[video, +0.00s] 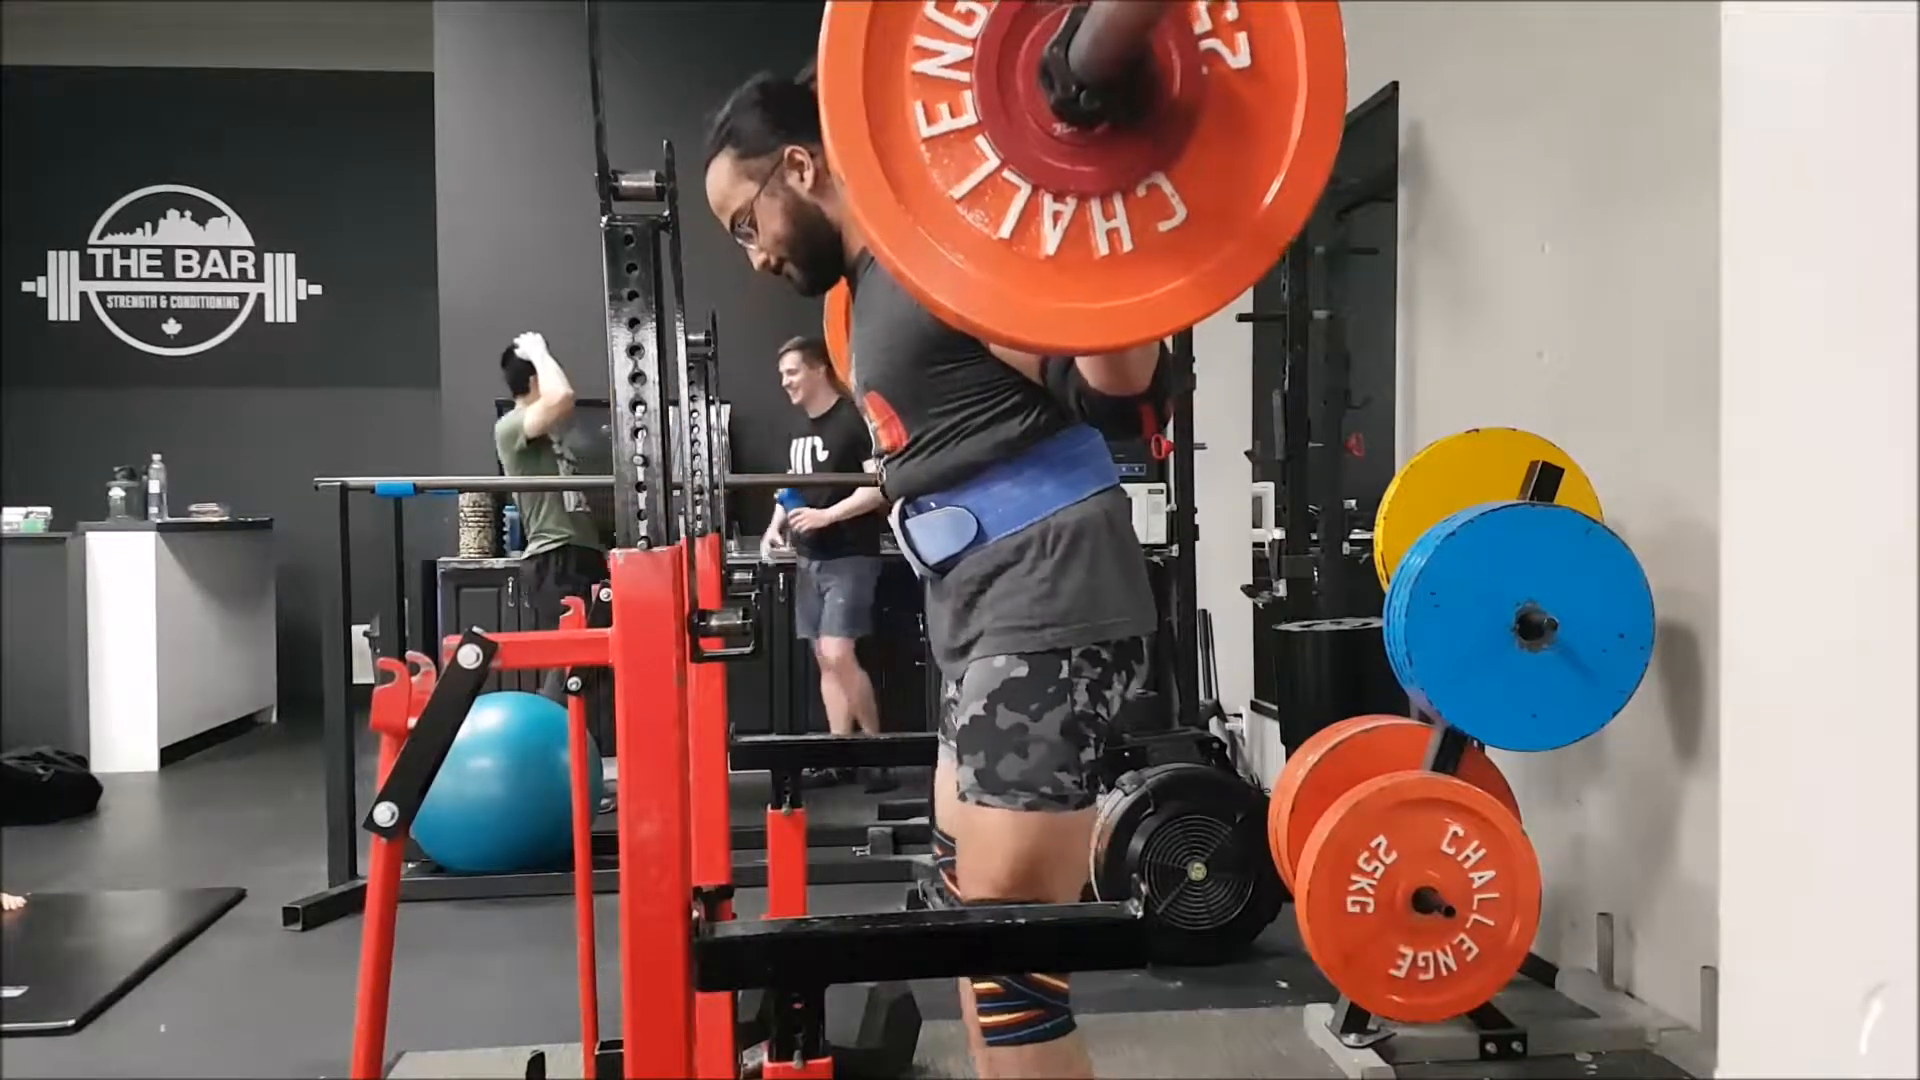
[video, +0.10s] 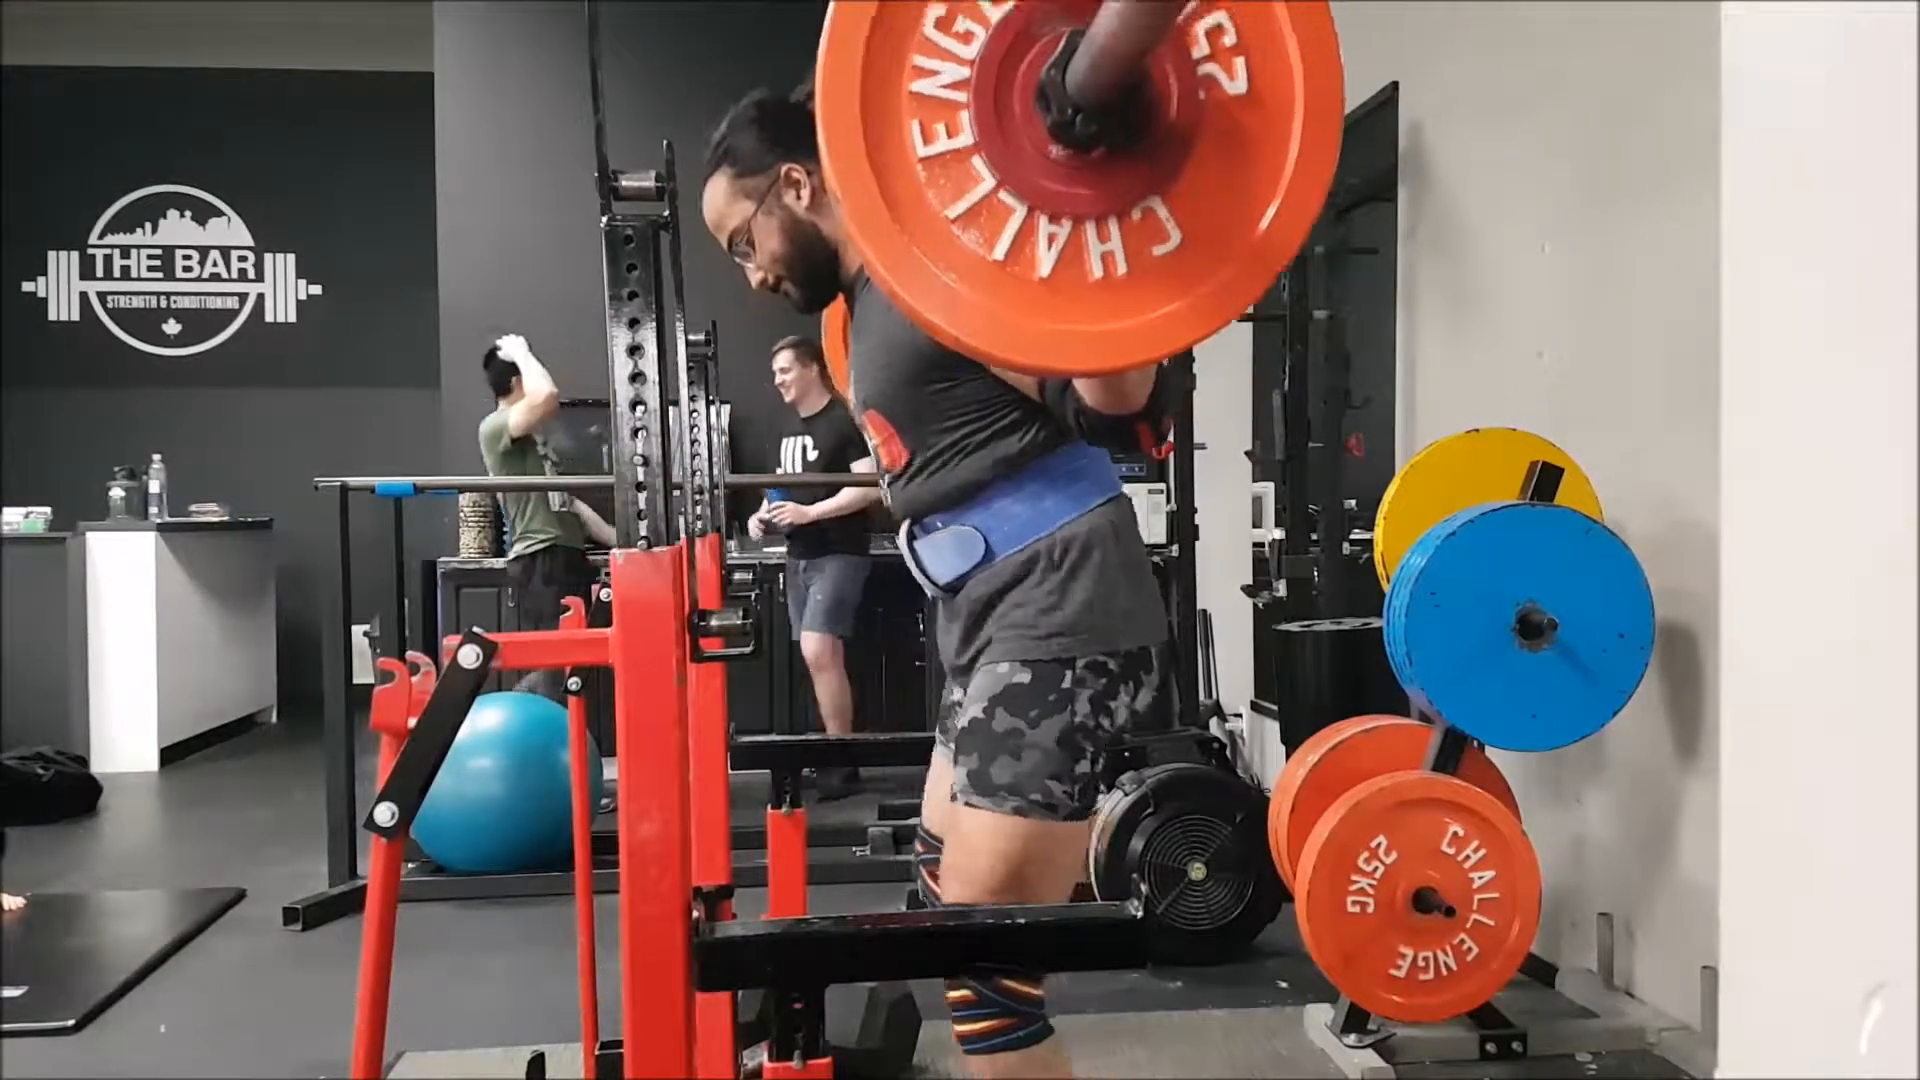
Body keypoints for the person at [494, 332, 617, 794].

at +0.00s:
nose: (554, 383)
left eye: (551, 376)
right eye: (545, 378)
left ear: (522, 385)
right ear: (530, 381)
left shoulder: (553, 428)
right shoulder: (510, 427)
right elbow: (560, 399)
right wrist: (540, 354)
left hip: (588, 553)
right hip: (555, 555)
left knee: (599, 664)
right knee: (567, 666)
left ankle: (603, 759)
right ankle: (550, 761)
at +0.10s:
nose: (539, 378)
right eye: (528, 372)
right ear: (518, 379)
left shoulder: (534, 435)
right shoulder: (493, 427)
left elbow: (568, 502)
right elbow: (545, 396)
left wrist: (618, 540)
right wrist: (523, 355)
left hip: (570, 558)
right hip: (539, 561)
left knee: (583, 662)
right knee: (552, 664)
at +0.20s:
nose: (523, 382)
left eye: (519, 373)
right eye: (513, 376)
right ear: (502, 383)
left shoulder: (522, 442)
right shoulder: (479, 428)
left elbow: (559, 502)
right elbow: (533, 397)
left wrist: (620, 520)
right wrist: (510, 356)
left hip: (542, 560)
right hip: (514, 562)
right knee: (537, 660)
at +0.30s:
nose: (515, 387)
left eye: (513, 379)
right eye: (507, 381)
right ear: (493, 387)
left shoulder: (508, 443)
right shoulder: (468, 430)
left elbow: (537, 505)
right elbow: (522, 401)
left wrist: (591, 513)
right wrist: (503, 361)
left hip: (523, 565)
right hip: (492, 566)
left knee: (536, 661)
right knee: (503, 664)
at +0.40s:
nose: (517, 389)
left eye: (516, 383)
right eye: (510, 382)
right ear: (486, 390)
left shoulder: (500, 448)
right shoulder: (455, 429)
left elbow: (517, 511)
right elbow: (509, 407)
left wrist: (564, 522)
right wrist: (498, 365)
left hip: (501, 565)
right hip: (467, 567)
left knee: (509, 667)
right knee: (473, 666)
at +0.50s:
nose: (508, 393)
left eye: (508, 385)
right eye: (499, 385)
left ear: (479, 391)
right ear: (474, 389)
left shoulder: (490, 442)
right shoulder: (445, 425)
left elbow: (503, 513)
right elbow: (492, 417)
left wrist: (538, 537)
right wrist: (502, 370)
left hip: (482, 563)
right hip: (446, 564)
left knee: (484, 660)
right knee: (462, 661)